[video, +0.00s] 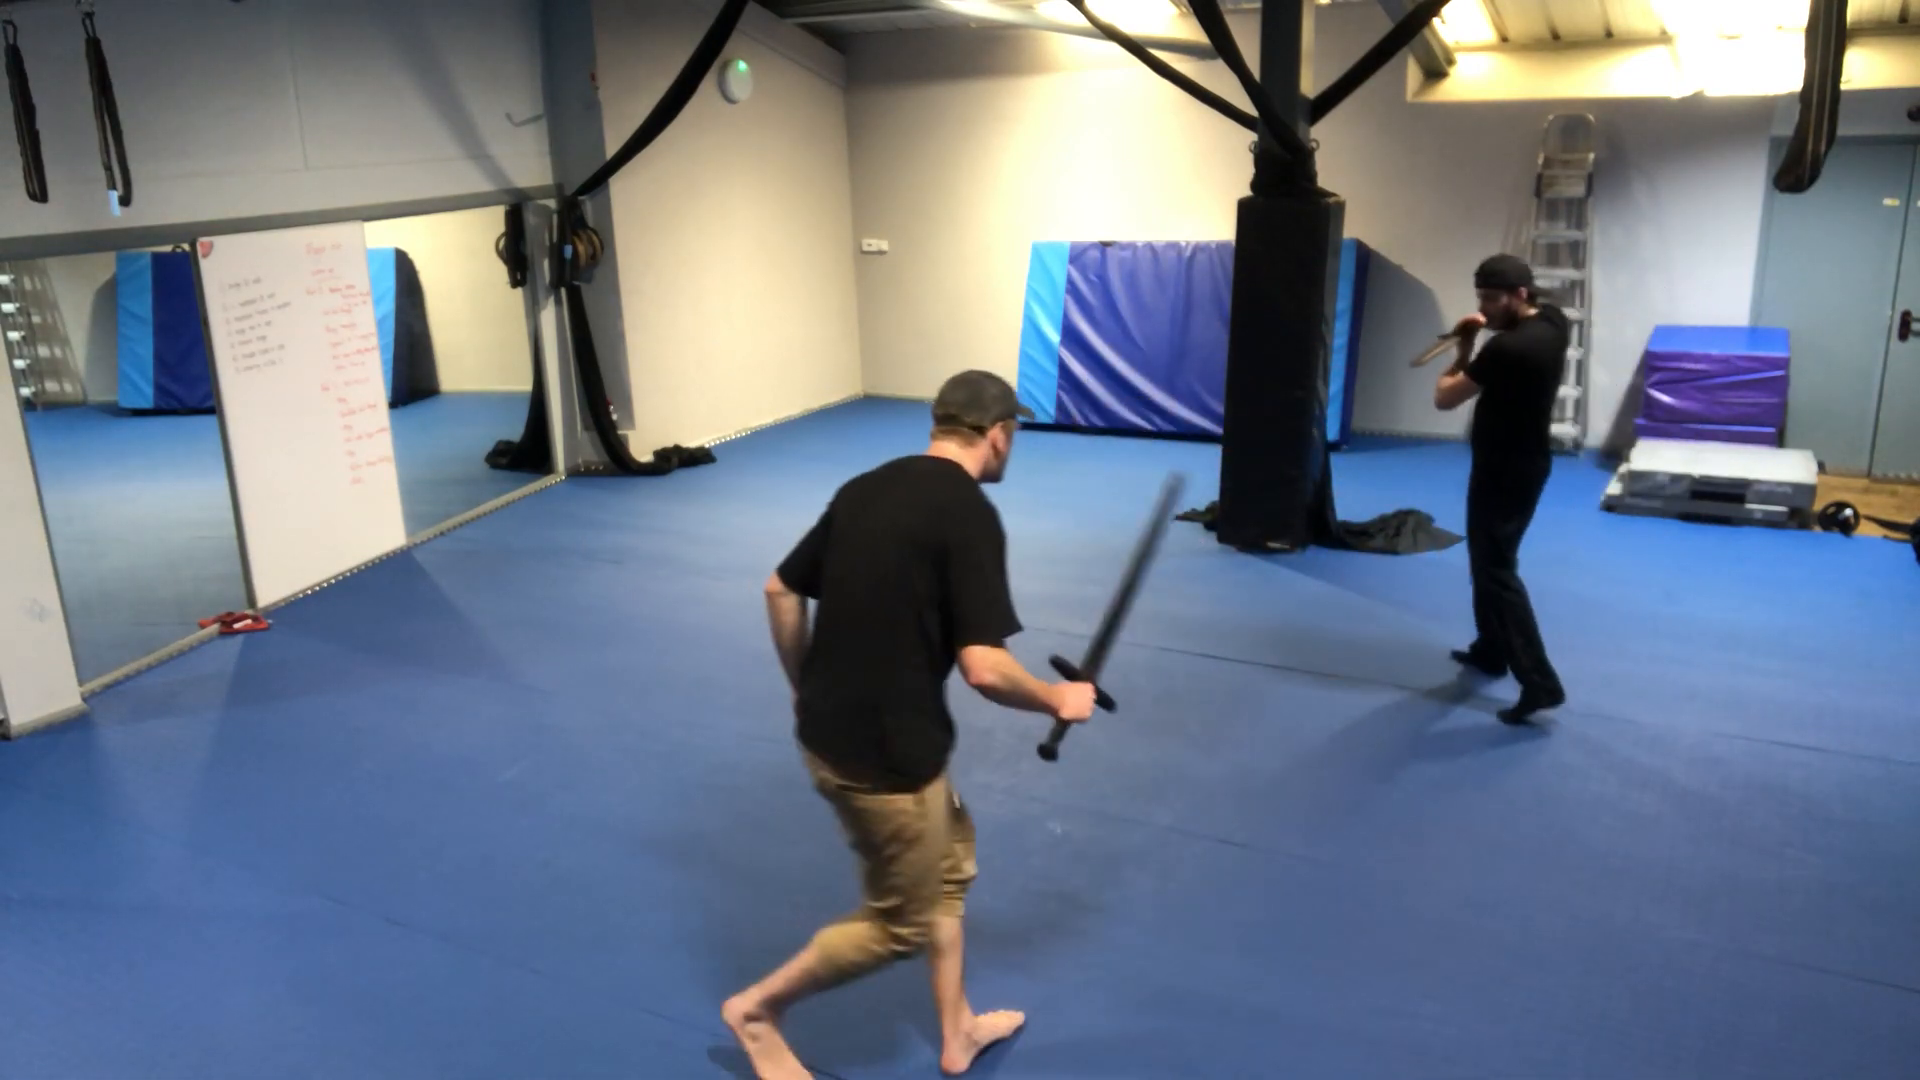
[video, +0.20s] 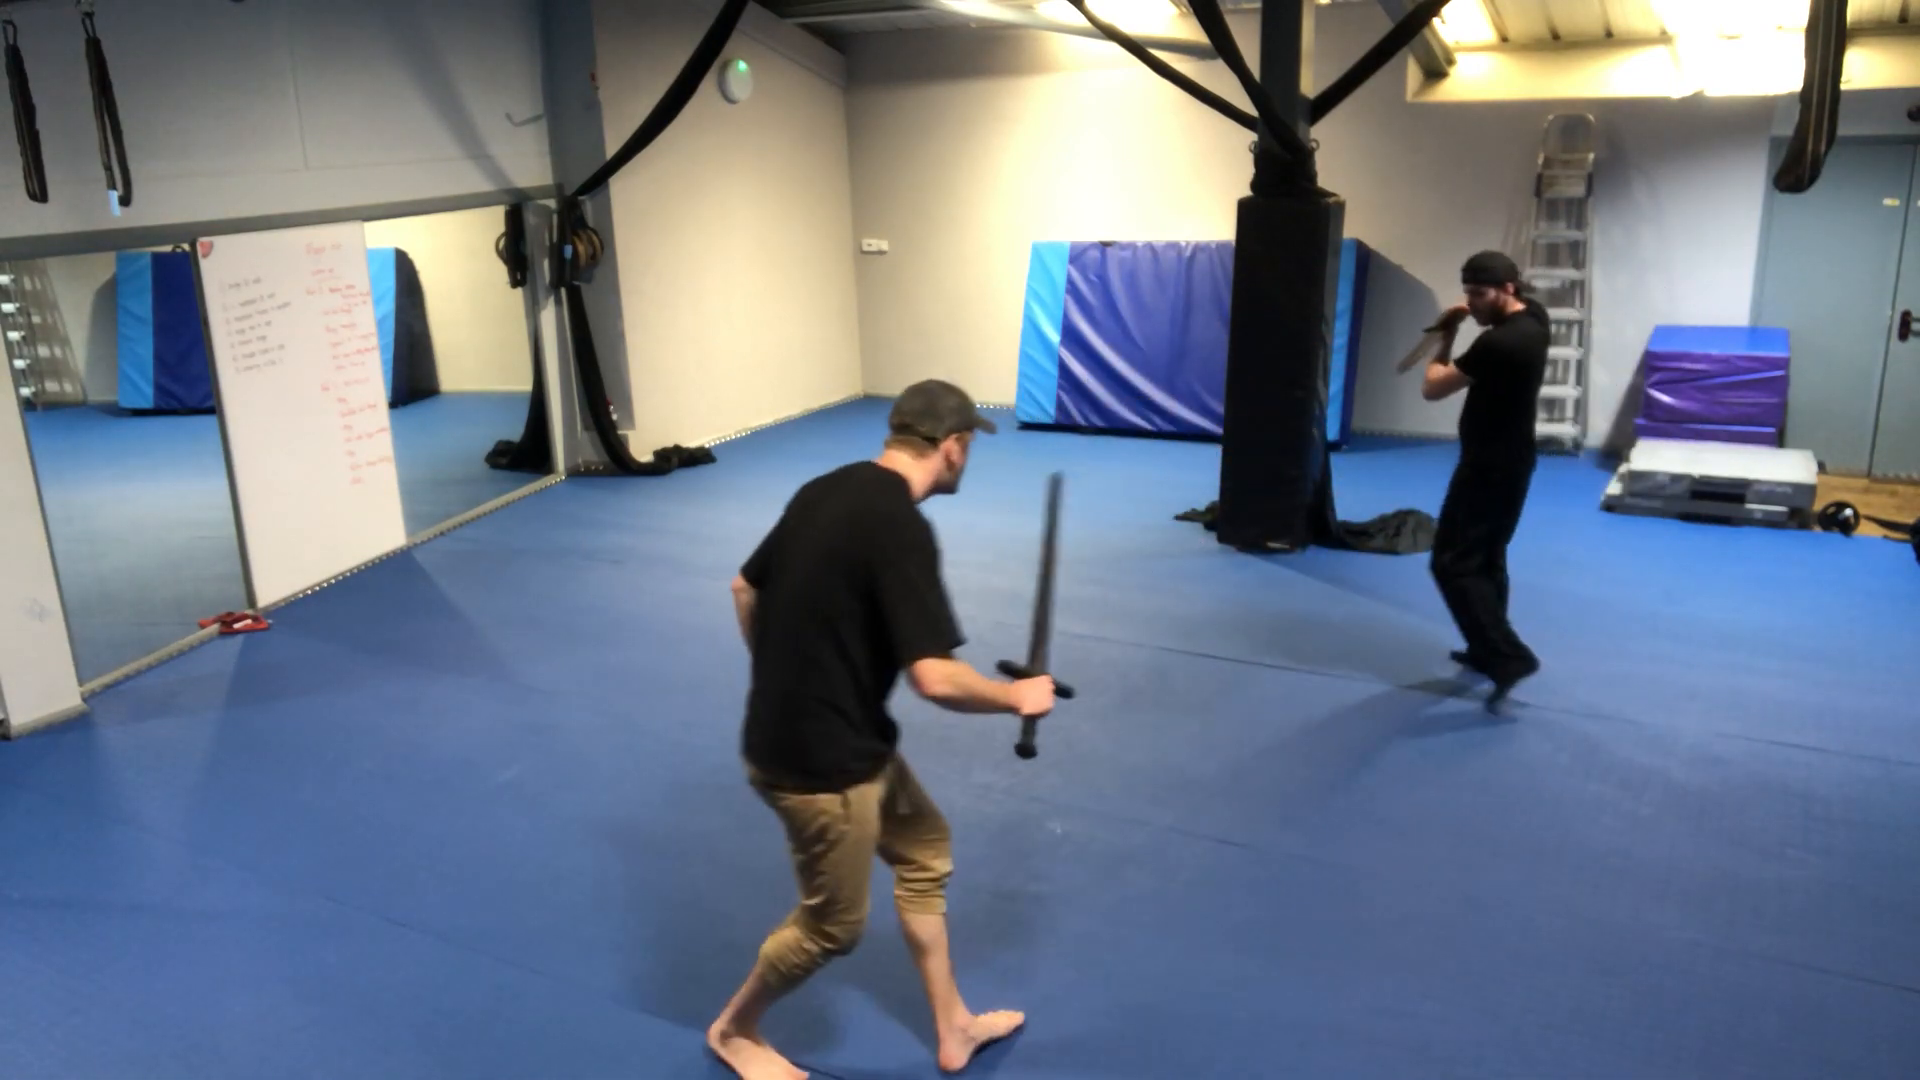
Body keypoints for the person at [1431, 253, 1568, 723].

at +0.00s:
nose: (1483, 308)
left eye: (1491, 299)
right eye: (1481, 298)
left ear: (1519, 296)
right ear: (1525, 296)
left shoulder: (1505, 347)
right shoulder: (1553, 324)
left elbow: (1445, 397)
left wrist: (1463, 353)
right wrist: (1482, 327)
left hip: (1499, 466)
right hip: (1528, 459)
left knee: (1493, 569)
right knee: (1491, 561)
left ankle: (1540, 683)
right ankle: (1492, 649)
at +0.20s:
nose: (1471, 303)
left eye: (1477, 294)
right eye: (1468, 294)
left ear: (1506, 291)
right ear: (1511, 292)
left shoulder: (1496, 341)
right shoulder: (1535, 319)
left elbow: (1433, 387)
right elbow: (1512, 295)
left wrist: (1445, 338)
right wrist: (1470, 313)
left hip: (1486, 461)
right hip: (1513, 457)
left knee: (1449, 561)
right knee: (1488, 557)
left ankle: (1508, 658)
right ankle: (1485, 649)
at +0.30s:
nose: (1464, 301)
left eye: (1470, 292)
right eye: (1461, 293)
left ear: (1498, 290)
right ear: (1502, 289)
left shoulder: (1492, 340)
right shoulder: (1525, 317)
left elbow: (1424, 382)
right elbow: (1502, 290)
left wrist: (1434, 330)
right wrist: (1460, 308)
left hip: (1481, 459)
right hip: (1505, 454)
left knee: (1436, 554)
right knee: (1483, 552)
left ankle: (1472, 662)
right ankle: (1490, 654)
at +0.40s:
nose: (1455, 301)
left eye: (1460, 293)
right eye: (1453, 293)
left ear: (1486, 290)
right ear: (1492, 289)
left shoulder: (1483, 340)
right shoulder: (1516, 318)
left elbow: (1416, 380)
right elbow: (1491, 292)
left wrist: (1424, 329)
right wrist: (1437, 316)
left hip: (1473, 460)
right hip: (1501, 454)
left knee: (1426, 555)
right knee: (1477, 551)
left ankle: (1429, 667)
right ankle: (1489, 652)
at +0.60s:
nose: (1432, 303)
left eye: (1439, 295)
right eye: (1432, 294)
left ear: (1466, 293)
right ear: (1471, 294)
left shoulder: (1461, 342)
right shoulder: (1495, 320)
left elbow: (1393, 379)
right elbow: (1476, 291)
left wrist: (1405, 324)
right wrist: (1435, 298)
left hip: (1455, 465)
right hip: (1480, 460)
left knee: (1411, 561)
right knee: (1466, 554)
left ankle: (1364, 658)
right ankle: (1486, 651)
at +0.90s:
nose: (1384, 306)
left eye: (1389, 298)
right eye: (1383, 298)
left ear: (1415, 297)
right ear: (1423, 296)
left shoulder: (1411, 344)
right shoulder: (1448, 323)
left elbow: (1343, 378)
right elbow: (1426, 295)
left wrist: (1360, 326)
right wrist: (1380, 299)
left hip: (1410, 467)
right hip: (1436, 460)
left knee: (1369, 564)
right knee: (1429, 552)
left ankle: (1354, 667)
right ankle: (1472, 642)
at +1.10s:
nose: (1354, 312)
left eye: (1360, 305)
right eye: (1353, 304)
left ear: (1385, 302)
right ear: (1390, 301)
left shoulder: (1380, 350)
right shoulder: (1417, 323)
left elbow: (1311, 381)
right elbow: (1389, 303)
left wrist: (1329, 326)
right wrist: (1353, 301)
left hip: (1388, 466)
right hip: (1412, 456)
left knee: (1346, 562)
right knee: (1382, 538)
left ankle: (1351, 668)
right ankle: (1417, 622)